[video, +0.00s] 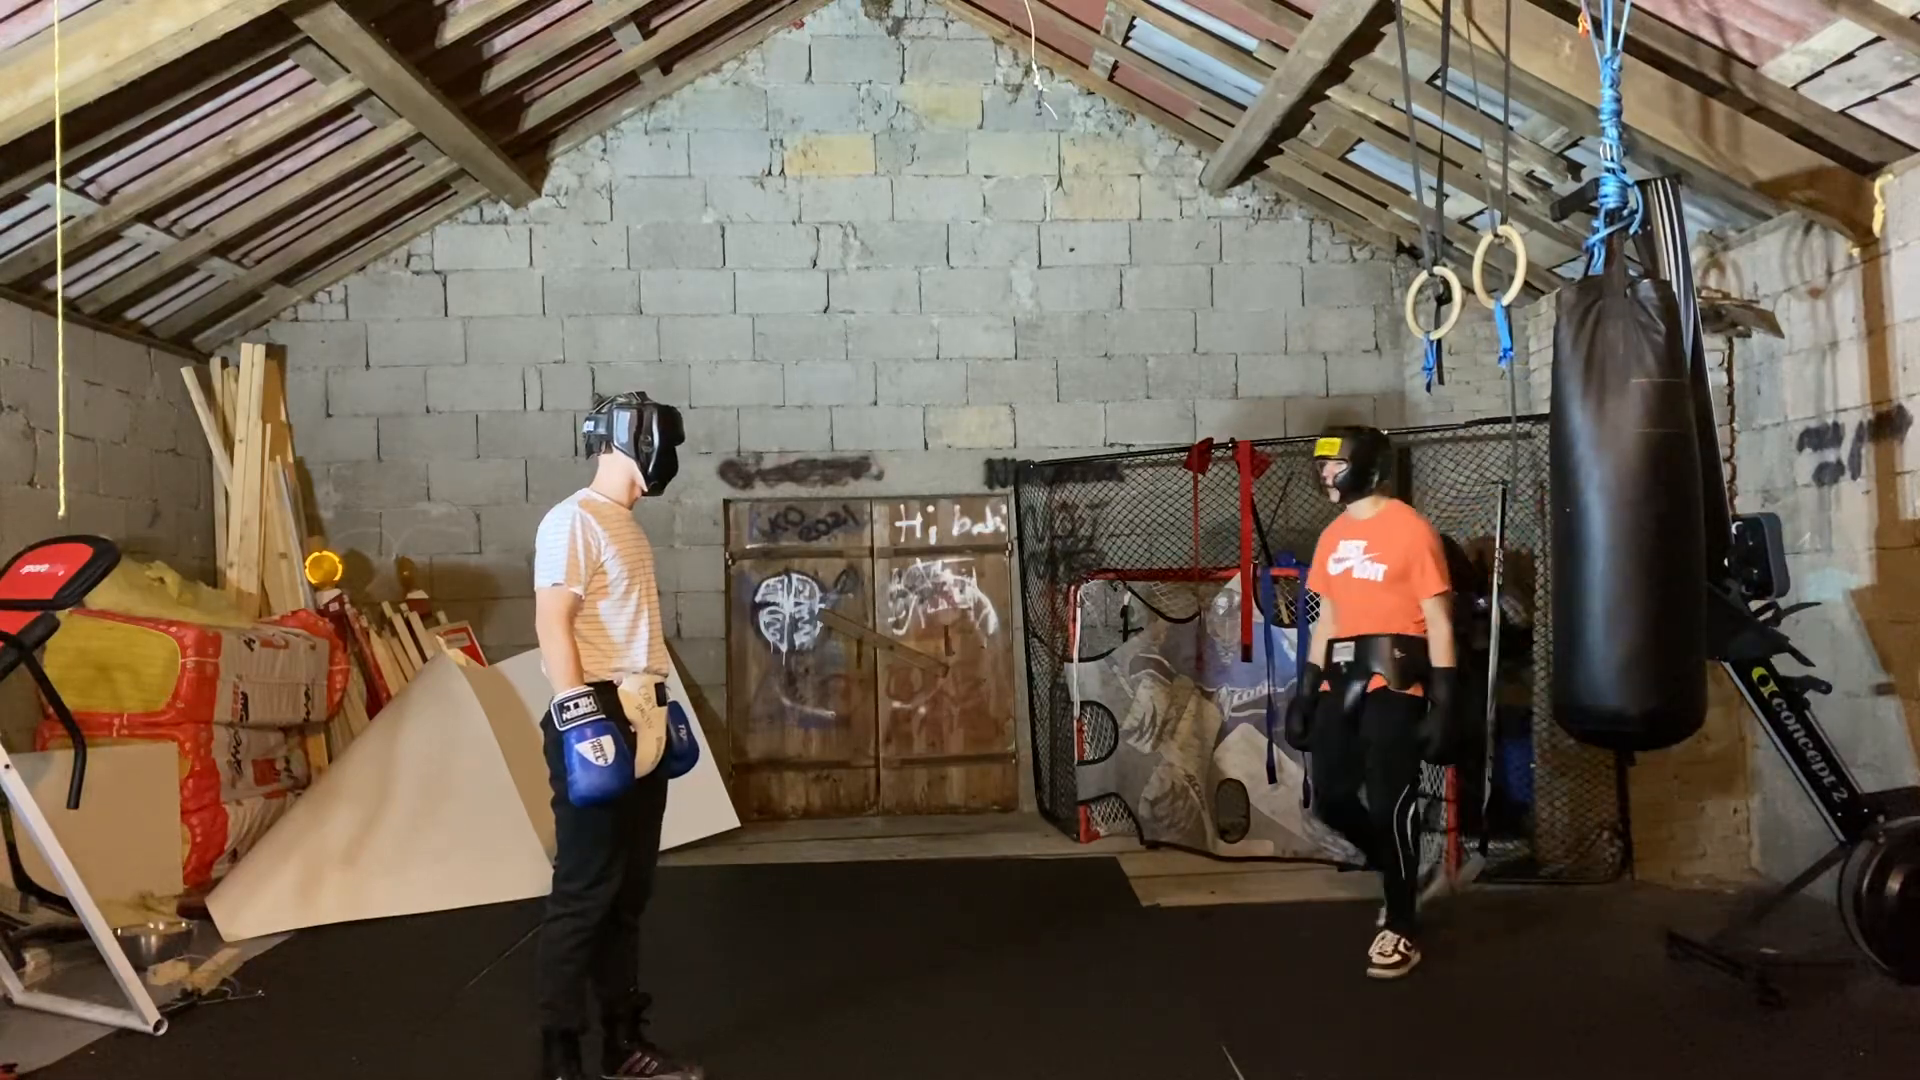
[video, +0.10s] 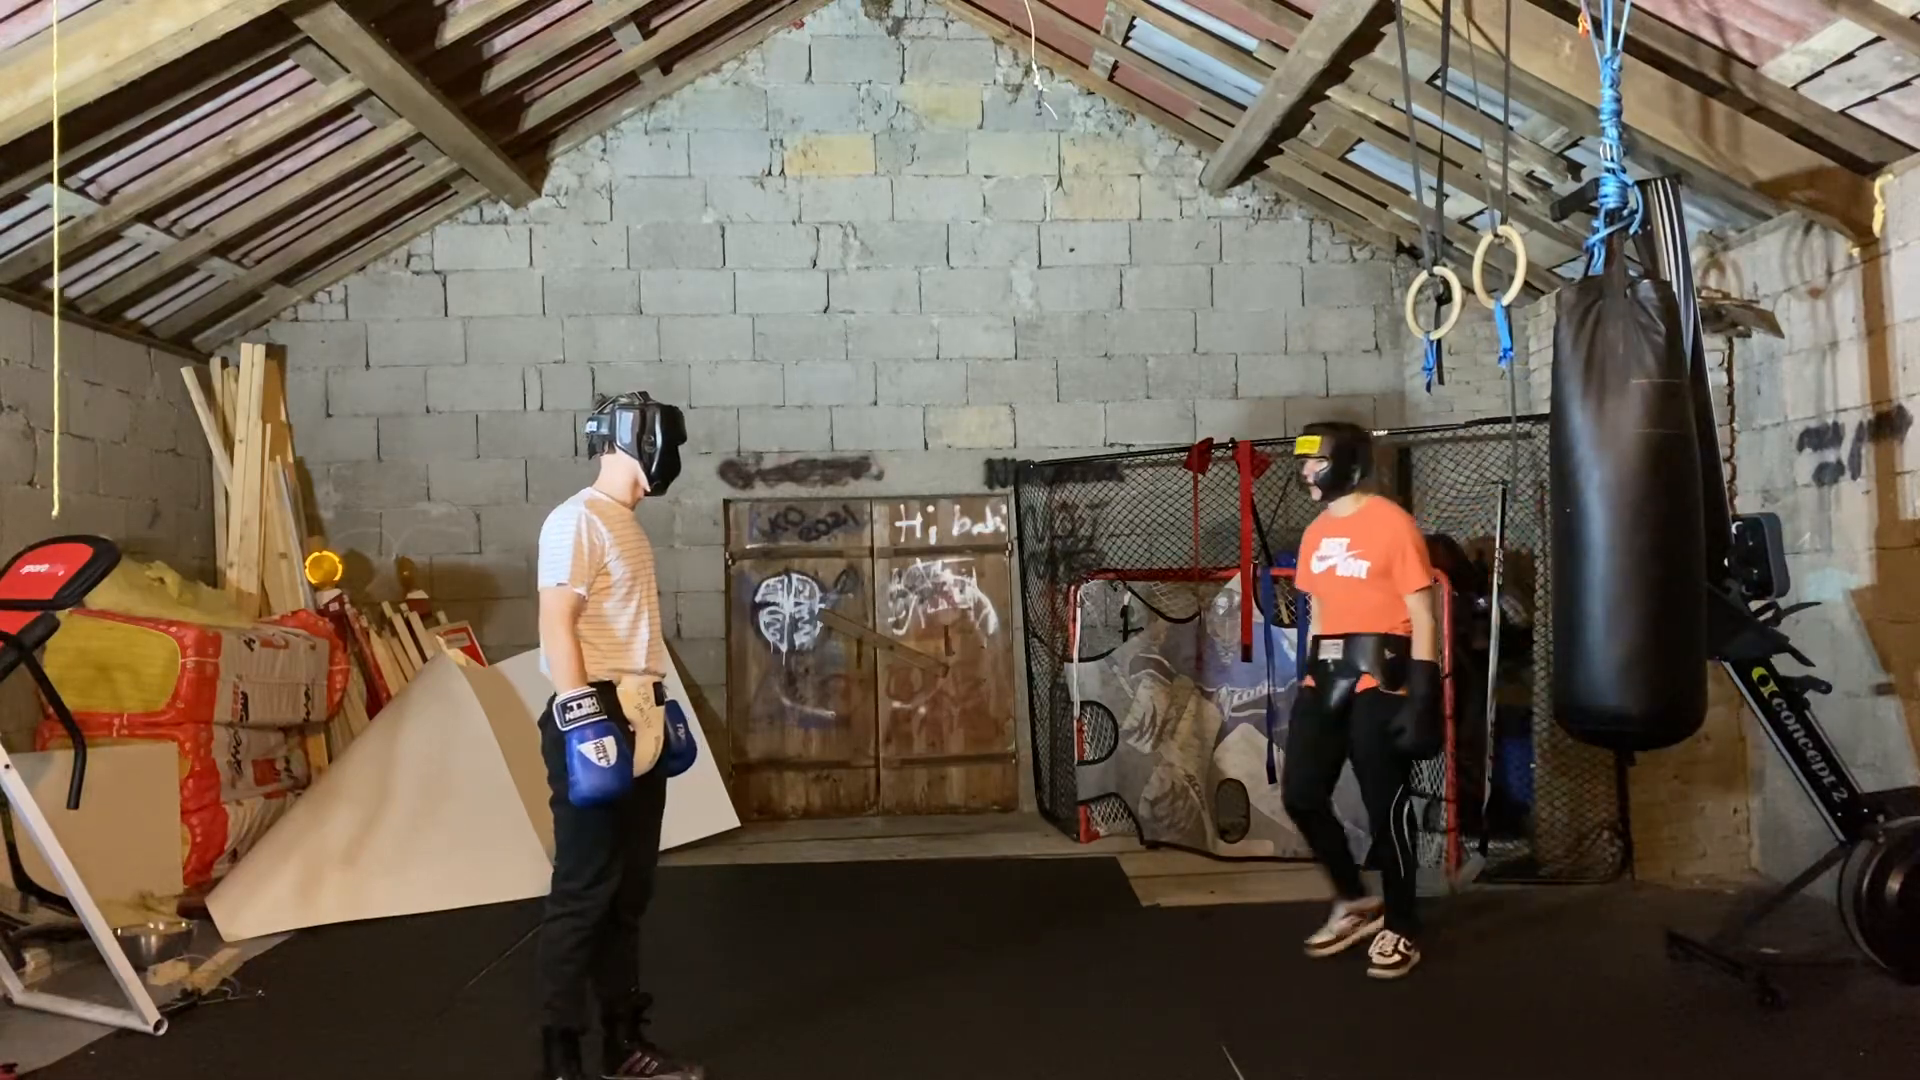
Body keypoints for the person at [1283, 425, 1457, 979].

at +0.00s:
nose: (1325, 472)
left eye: (1335, 461)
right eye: (1322, 462)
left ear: (1366, 463)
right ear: (1329, 470)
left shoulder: (1411, 528)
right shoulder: (1332, 534)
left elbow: (1438, 619)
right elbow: (1325, 617)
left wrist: (1444, 708)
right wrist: (1306, 689)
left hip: (1398, 681)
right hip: (1343, 681)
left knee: (1389, 806)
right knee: (1331, 800)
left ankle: (1398, 928)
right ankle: (1398, 868)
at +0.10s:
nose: (1306, 470)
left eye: (1316, 459)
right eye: (1305, 460)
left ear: (1348, 463)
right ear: (1314, 467)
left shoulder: (1391, 522)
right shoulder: (1316, 530)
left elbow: (1422, 609)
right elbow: (1316, 615)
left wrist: (1422, 699)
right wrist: (1308, 684)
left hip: (1383, 680)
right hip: (1327, 681)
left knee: (1386, 812)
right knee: (1303, 797)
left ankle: (1401, 930)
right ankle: (1354, 902)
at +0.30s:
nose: (1256, 478)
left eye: (1266, 467)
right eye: (1255, 468)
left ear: (1299, 471)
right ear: (1269, 474)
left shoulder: (1347, 527)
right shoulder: (1271, 543)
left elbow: (1381, 615)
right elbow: (1281, 625)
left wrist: (1370, 692)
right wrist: (1276, 691)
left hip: (1348, 683)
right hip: (1292, 690)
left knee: (1376, 816)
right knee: (1278, 819)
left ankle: (1397, 929)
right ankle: (1249, 937)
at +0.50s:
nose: (1194, 482)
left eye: (1203, 470)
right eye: (1193, 471)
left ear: (1237, 472)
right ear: (1218, 477)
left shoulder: (1289, 529)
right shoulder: (1220, 549)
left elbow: (1326, 619)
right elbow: (1222, 630)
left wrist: (1310, 695)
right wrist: (1214, 696)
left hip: (1288, 693)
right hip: (1232, 699)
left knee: (1314, 826)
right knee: (1219, 828)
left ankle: (1381, 915)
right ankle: (1230, 955)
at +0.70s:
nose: (1149, 477)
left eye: (1157, 465)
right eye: (1149, 467)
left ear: (1190, 466)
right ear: (1187, 469)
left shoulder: (1242, 524)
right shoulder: (1195, 536)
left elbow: (1275, 615)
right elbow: (1192, 626)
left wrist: (1235, 684)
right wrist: (1153, 683)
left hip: (1229, 682)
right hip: (1194, 682)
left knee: (1211, 822)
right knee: (1195, 823)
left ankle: (1289, 926)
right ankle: (1228, 953)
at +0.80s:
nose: (1134, 477)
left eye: (1141, 465)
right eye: (1133, 466)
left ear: (1170, 465)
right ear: (1176, 466)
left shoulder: (1215, 522)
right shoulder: (1185, 529)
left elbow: (1243, 621)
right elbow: (1178, 627)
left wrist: (1177, 658)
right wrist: (1108, 653)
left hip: (1206, 704)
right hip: (1183, 702)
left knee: (1173, 825)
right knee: (1186, 826)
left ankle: (1227, 959)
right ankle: (1219, 954)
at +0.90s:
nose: (1118, 483)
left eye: (1124, 471)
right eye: (1118, 472)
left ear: (1153, 469)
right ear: (1162, 469)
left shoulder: (1193, 527)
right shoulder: (1176, 529)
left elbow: (1208, 627)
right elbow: (1163, 622)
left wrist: (1128, 615)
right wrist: (1091, 611)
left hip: (1183, 701)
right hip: (1173, 698)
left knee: (1136, 824)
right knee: (1185, 827)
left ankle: (1146, 983)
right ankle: (1226, 954)